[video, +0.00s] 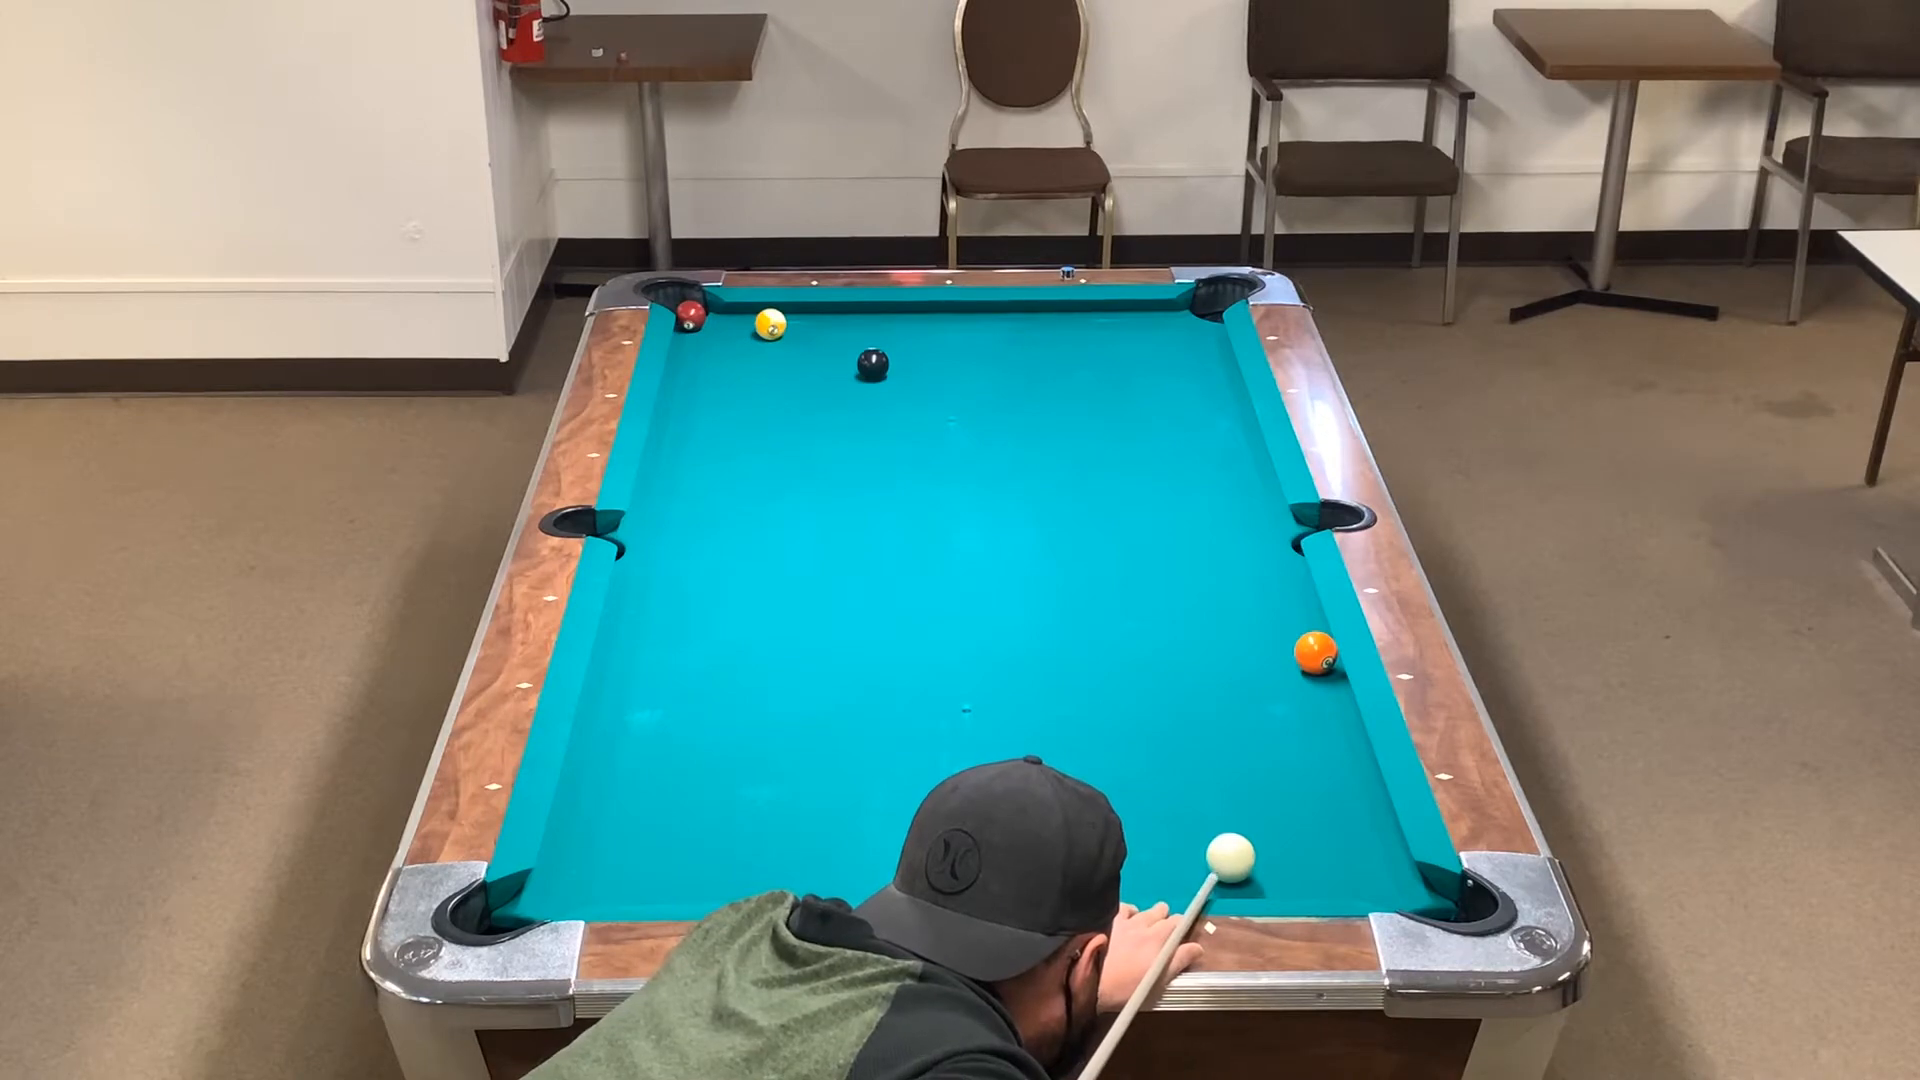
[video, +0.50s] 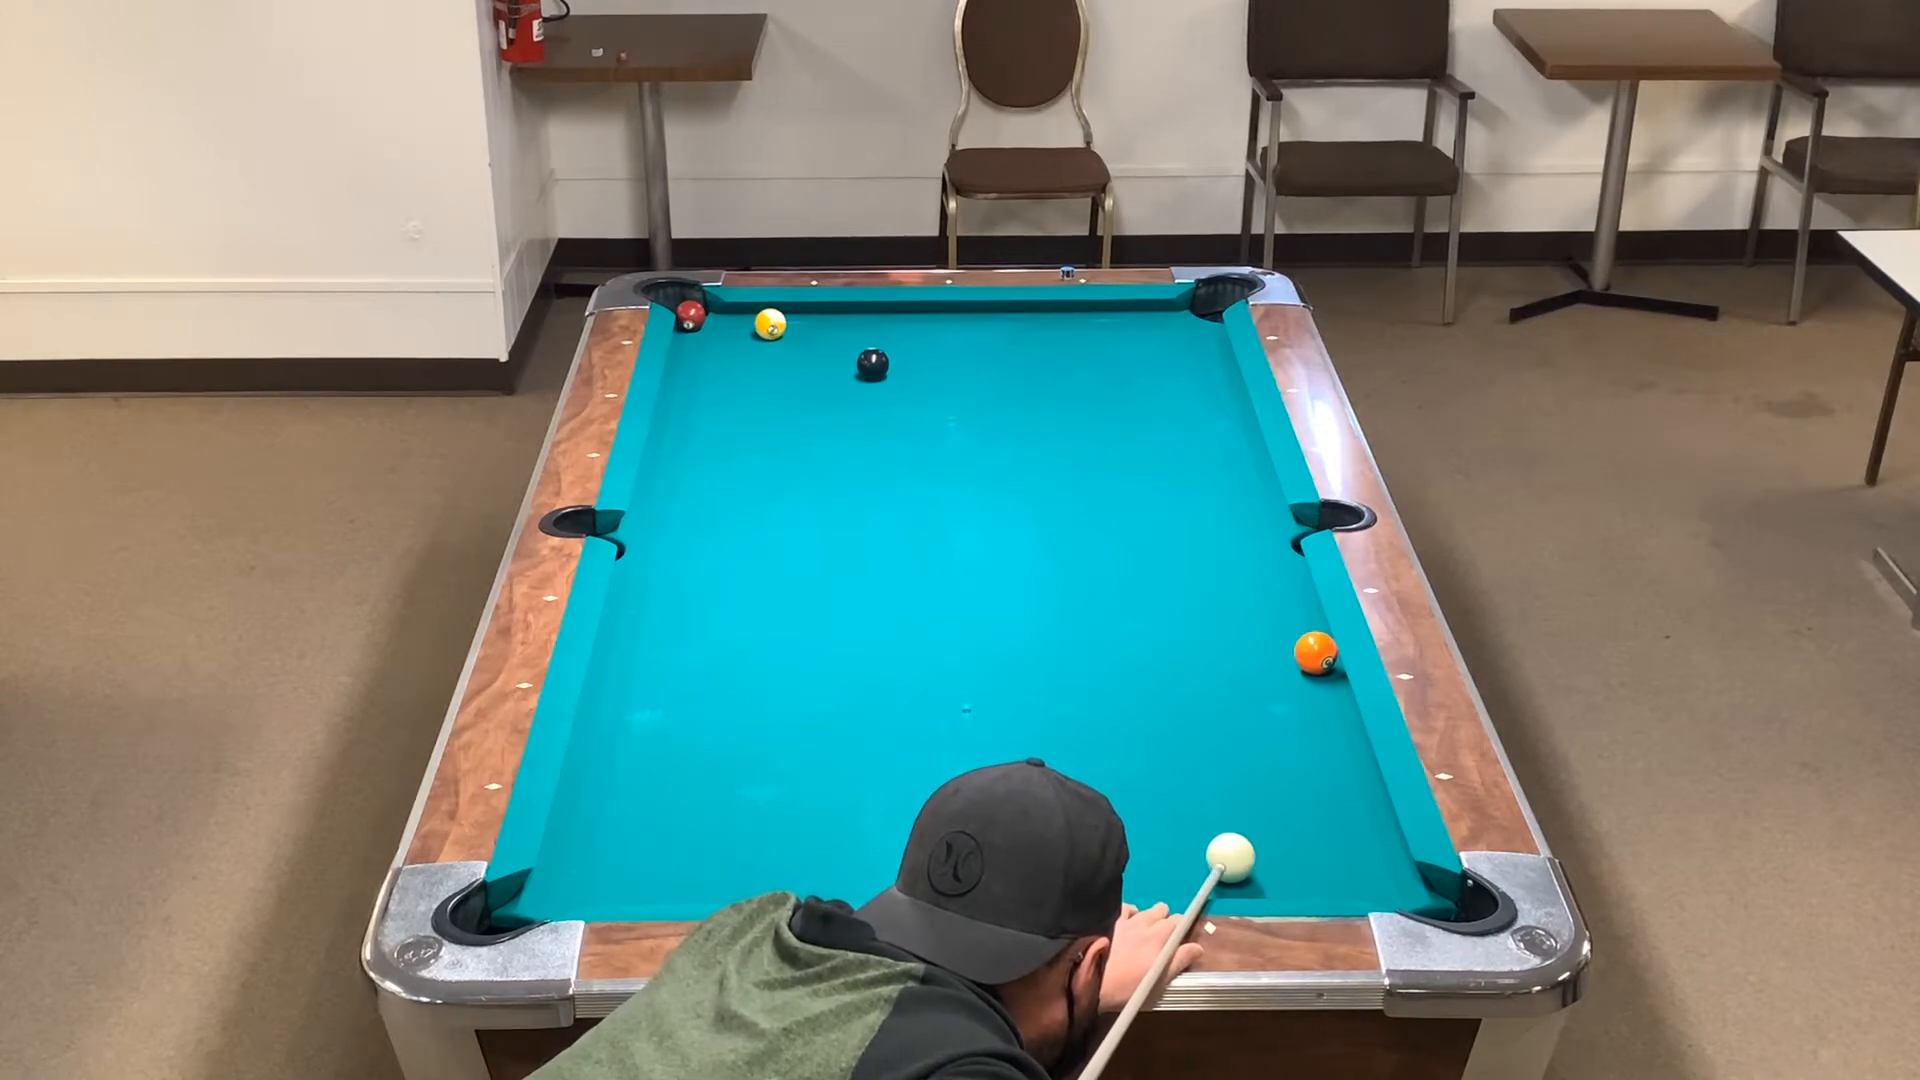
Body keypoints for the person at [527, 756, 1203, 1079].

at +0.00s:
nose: (1106, 949)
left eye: (1105, 936)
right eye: (1106, 938)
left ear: (908, 877)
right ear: (1081, 966)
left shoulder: (749, 921)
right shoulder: (966, 1064)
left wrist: (1073, 999)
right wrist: (1091, 1019)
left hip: (556, 1067)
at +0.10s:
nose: (1107, 945)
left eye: (1104, 933)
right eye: (1106, 934)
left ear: (908, 876)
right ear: (1081, 965)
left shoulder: (749, 920)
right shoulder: (965, 1063)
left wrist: (1072, 1001)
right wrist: (1091, 1020)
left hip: (557, 1067)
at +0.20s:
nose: (1105, 950)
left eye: (1104, 936)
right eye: (1105, 938)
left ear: (908, 877)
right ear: (1081, 966)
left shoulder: (748, 921)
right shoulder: (968, 1063)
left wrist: (1073, 1001)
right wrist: (1095, 1020)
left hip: (558, 1067)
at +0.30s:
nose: (1109, 950)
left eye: (1108, 937)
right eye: (1109, 940)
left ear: (909, 878)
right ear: (1082, 966)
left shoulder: (750, 922)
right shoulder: (966, 1063)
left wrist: (1076, 998)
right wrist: (1107, 1015)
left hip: (559, 1067)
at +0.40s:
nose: (1110, 951)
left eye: (1108, 937)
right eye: (1109, 940)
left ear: (909, 879)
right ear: (1082, 966)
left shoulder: (751, 922)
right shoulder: (969, 1065)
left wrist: (1076, 1000)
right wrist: (1108, 1017)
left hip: (561, 1067)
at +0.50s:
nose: (1109, 951)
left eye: (1106, 938)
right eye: (1108, 941)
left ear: (910, 878)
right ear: (1083, 967)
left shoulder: (751, 922)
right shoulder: (970, 1062)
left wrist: (1074, 1003)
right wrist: (1110, 1017)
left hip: (566, 1065)